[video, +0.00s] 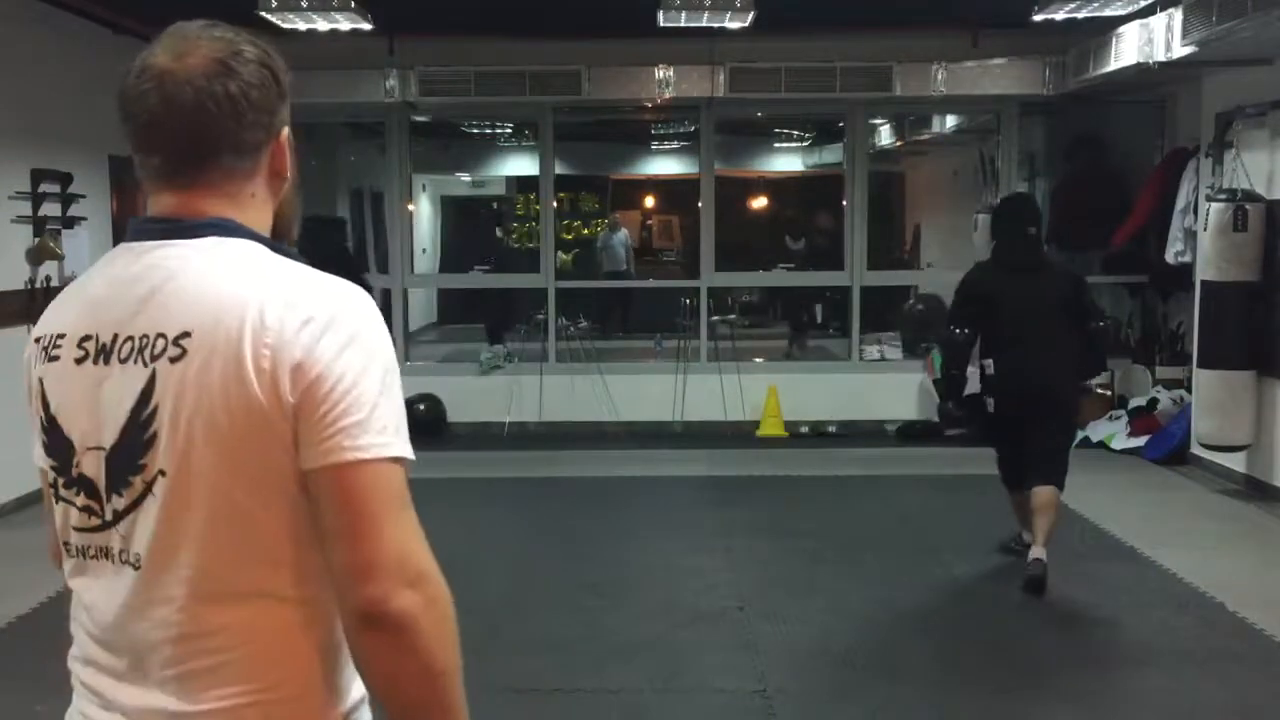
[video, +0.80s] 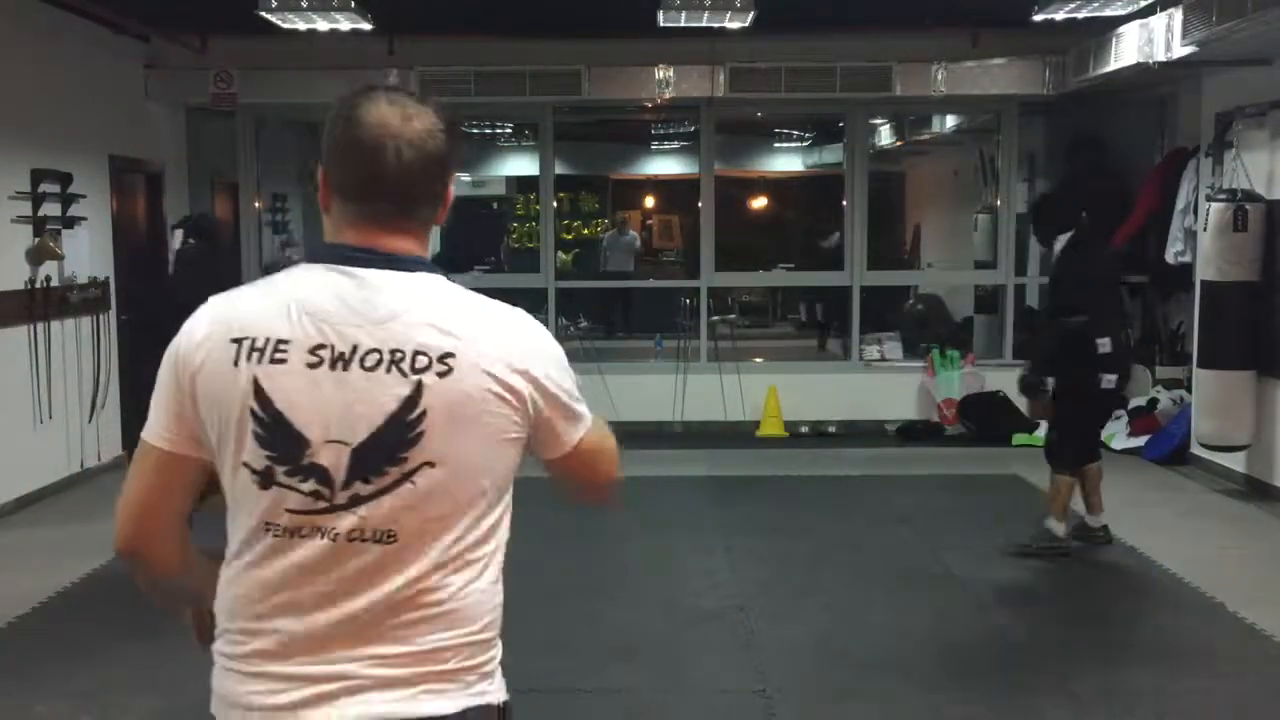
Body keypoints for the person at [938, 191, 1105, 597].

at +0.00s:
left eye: (1002, 228)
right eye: (1031, 228)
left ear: (997, 231)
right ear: (1037, 230)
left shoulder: (981, 278)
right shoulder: (1064, 276)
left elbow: (957, 342)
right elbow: (1093, 334)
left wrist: (954, 393)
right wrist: (1077, 373)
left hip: (1007, 385)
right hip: (1057, 385)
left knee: (1013, 465)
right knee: (1048, 468)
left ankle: (1029, 537)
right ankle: (1039, 550)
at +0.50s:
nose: (1012, 229)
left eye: (1013, 222)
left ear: (1018, 223)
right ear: (1055, 217)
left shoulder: (1011, 266)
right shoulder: (1082, 257)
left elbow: (993, 322)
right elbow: (1105, 313)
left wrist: (989, 363)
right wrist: (1099, 361)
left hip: (1030, 368)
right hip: (1075, 364)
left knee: (1021, 446)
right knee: (1064, 437)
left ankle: (1028, 533)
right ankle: (1086, 521)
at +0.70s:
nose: (1024, 232)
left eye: (1028, 224)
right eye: (1025, 223)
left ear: (1045, 223)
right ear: (1075, 220)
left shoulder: (1054, 261)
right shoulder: (1096, 254)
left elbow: (1042, 326)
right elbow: (1112, 320)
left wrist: (1010, 376)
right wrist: (1107, 377)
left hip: (1062, 368)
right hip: (1095, 366)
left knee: (1040, 448)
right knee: (1076, 443)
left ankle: (1031, 531)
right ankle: (1094, 521)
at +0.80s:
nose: (1041, 235)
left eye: (1046, 228)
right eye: (1042, 228)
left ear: (1068, 219)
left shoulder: (1076, 257)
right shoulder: (1092, 253)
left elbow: (1065, 322)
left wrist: (1037, 375)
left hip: (1083, 367)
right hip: (1096, 365)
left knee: (1064, 447)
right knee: (1082, 445)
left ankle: (1055, 529)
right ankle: (1094, 520)